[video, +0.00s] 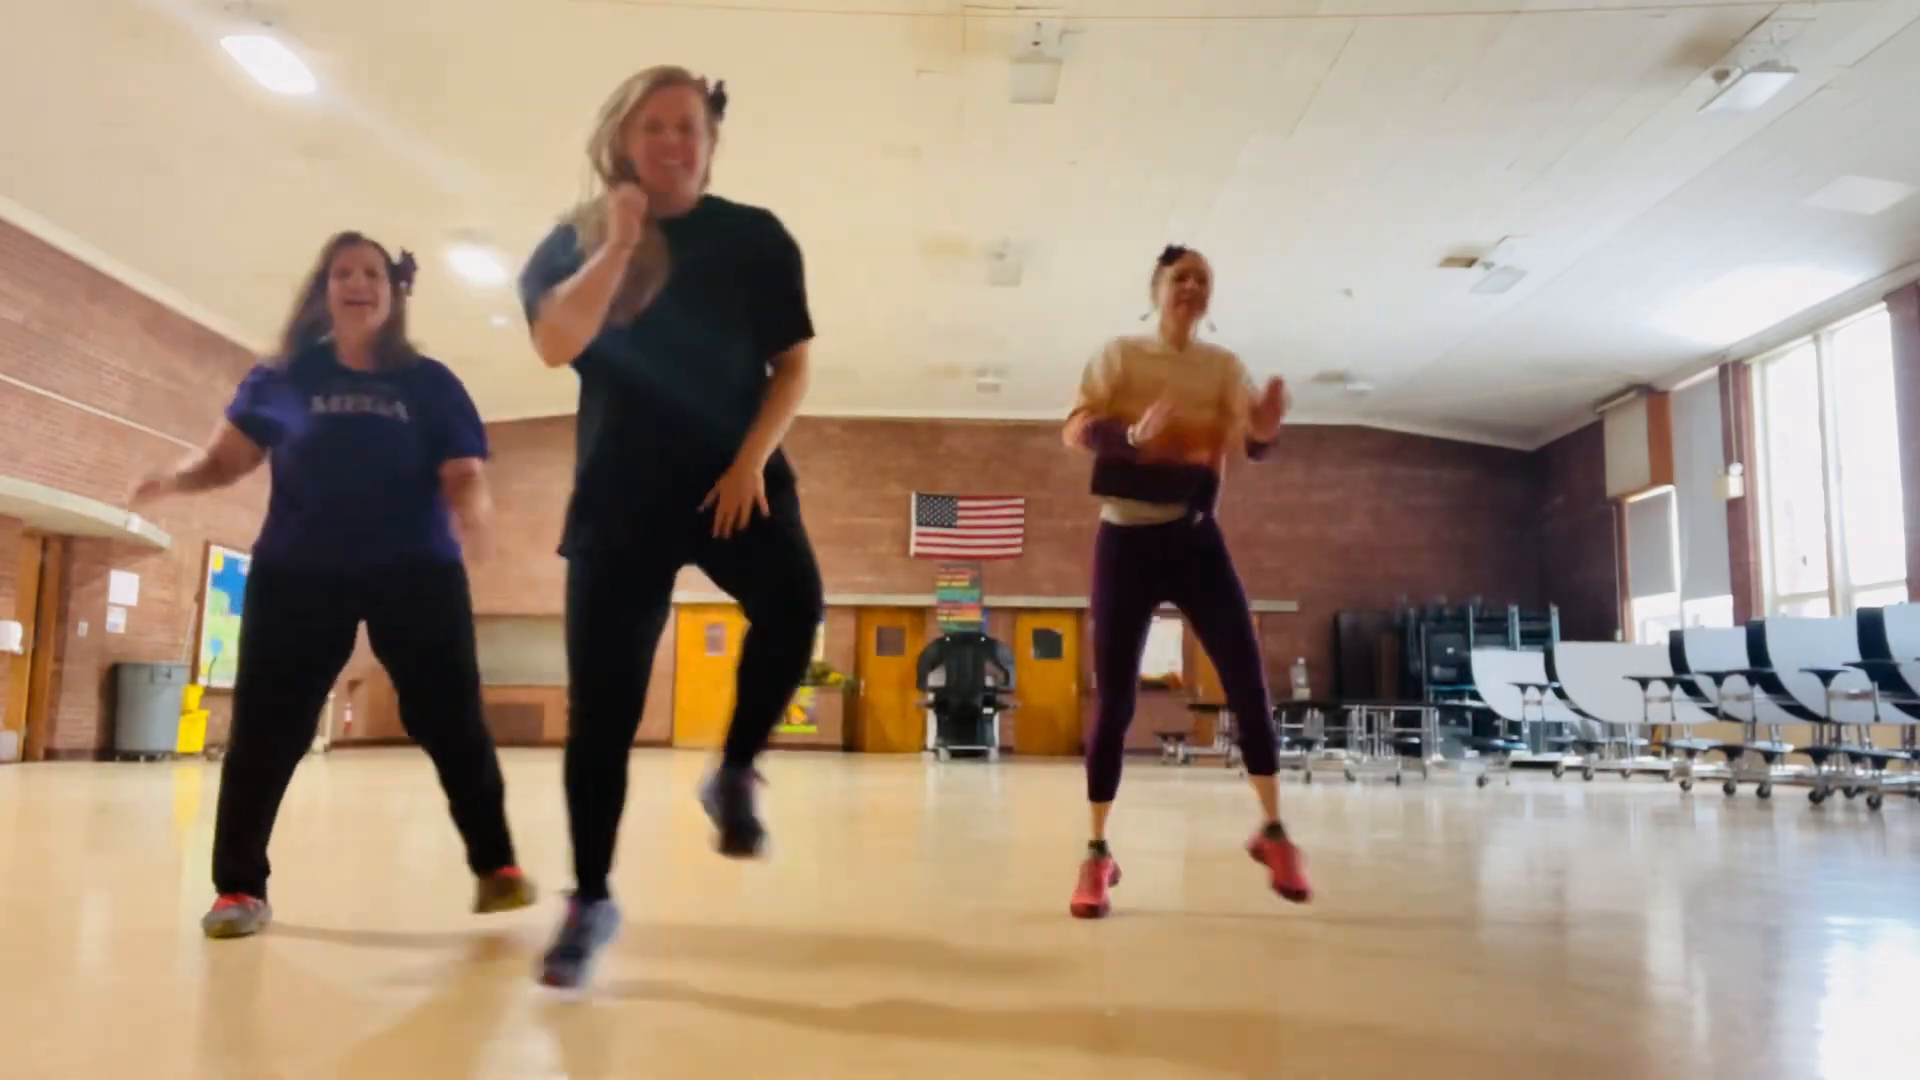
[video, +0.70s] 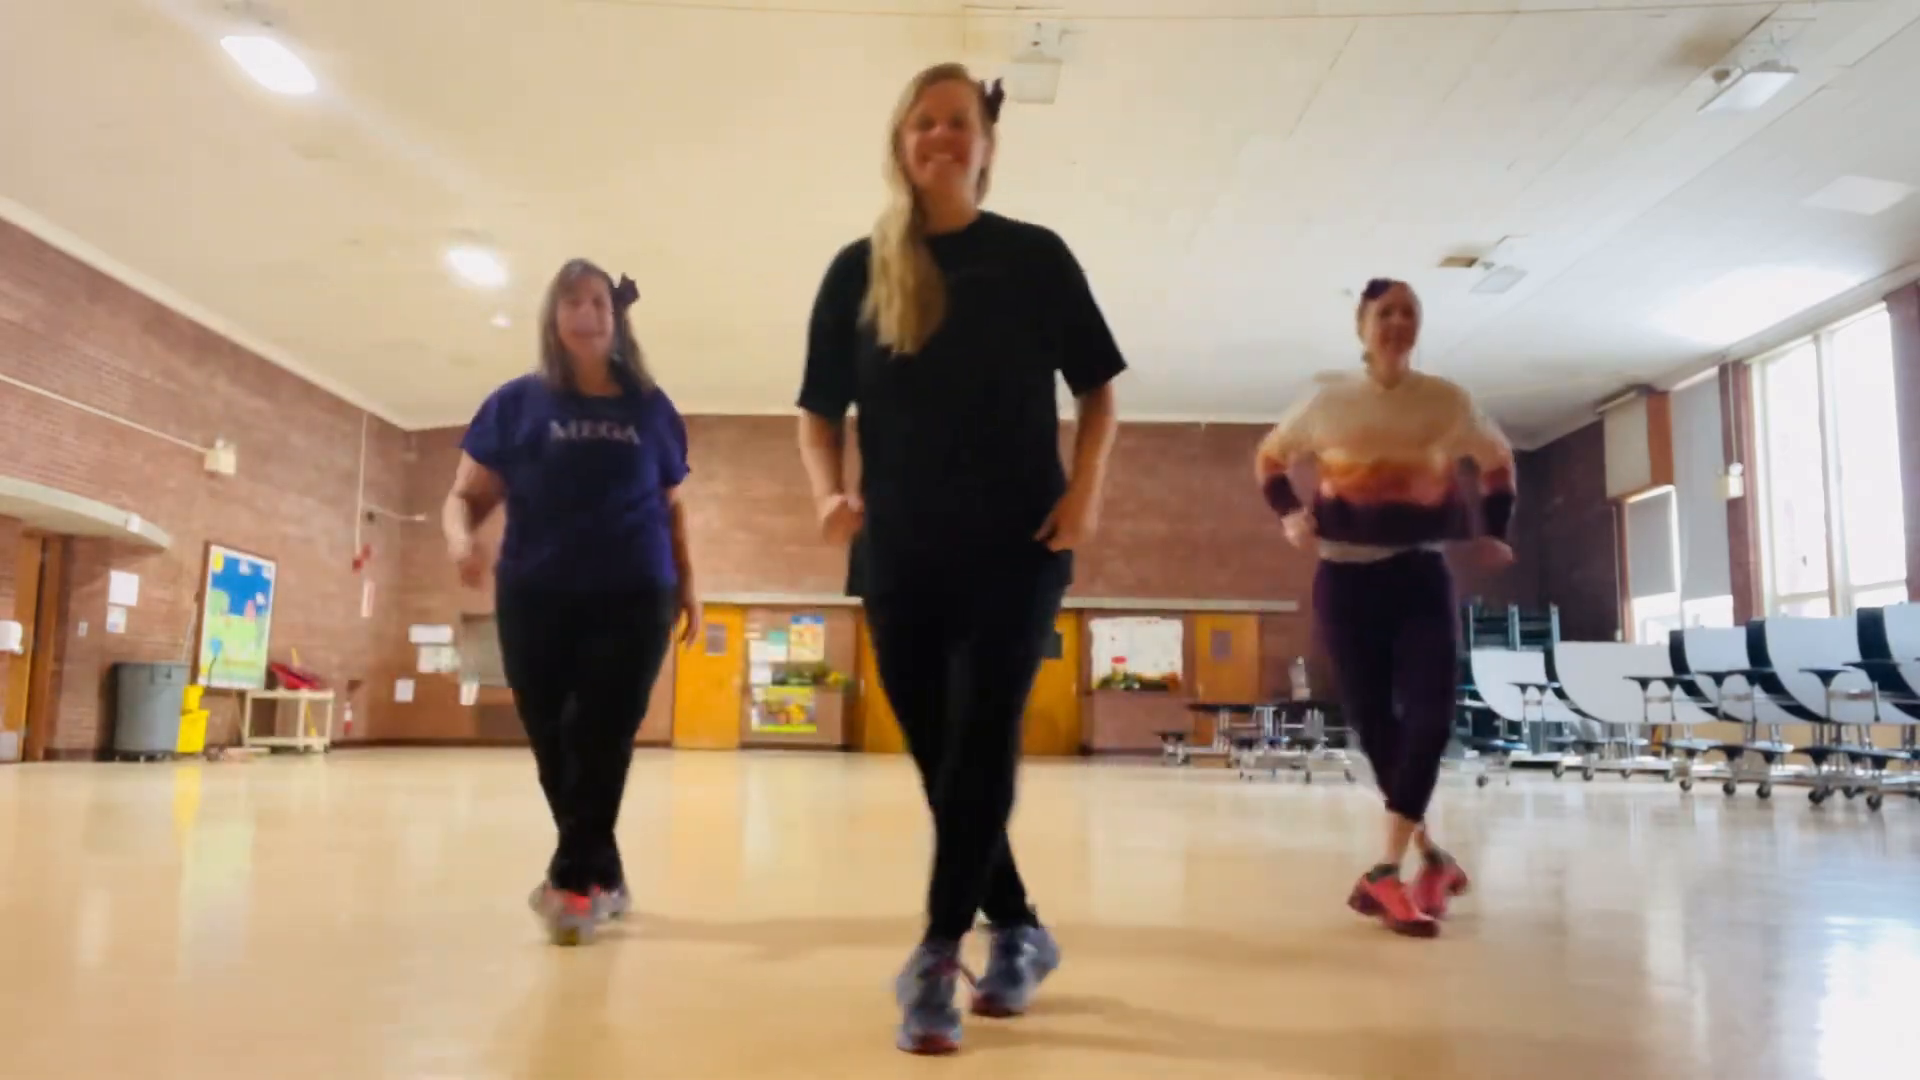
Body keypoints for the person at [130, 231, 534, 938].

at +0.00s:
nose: (357, 284)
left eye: (370, 274)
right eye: (344, 274)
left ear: (394, 293)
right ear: (320, 293)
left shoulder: (430, 382)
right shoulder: (282, 379)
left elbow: (465, 479)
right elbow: (224, 461)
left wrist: (472, 524)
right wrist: (172, 482)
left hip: (415, 574)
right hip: (301, 576)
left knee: (453, 721)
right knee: (265, 734)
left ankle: (496, 869)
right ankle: (239, 891)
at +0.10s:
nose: (398, 298)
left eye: (412, 288)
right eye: (385, 288)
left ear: (436, 306)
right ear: (362, 303)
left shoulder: (462, 397)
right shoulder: (317, 388)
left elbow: (501, 490)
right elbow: (265, 472)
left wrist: (539, 544)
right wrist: (195, 550)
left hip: (438, 591)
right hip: (322, 586)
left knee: (477, 732)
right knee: (272, 734)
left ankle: (527, 878)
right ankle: (238, 890)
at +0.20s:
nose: (451, 311)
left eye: (467, 301)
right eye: (441, 298)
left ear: (495, 316)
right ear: (421, 307)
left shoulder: (513, 409)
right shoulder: (374, 394)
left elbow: (564, 503)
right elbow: (330, 484)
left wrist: (622, 578)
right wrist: (284, 561)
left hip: (472, 597)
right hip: (359, 586)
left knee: (500, 745)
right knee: (294, 734)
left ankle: (541, 896)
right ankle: (240, 887)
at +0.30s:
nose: (504, 306)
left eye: (519, 296)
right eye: (492, 295)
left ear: (544, 313)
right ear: (472, 310)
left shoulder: (569, 414)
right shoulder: (427, 385)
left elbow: (623, 498)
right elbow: (381, 472)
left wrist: (659, 568)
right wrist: (340, 548)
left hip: (513, 593)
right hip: (400, 577)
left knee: (530, 748)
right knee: (329, 727)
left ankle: (542, 899)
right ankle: (268, 877)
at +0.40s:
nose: (540, 297)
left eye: (556, 288)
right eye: (531, 284)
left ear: (581, 309)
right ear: (511, 299)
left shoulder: (603, 404)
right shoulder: (465, 373)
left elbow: (661, 495)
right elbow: (413, 463)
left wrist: (692, 577)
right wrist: (359, 543)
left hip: (538, 589)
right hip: (435, 572)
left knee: (537, 738)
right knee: (388, 707)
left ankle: (542, 896)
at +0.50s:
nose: (568, 294)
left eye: (583, 286)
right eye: (557, 283)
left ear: (606, 306)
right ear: (538, 299)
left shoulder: (627, 402)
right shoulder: (493, 373)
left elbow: (671, 499)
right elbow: (439, 460)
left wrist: (700, 577)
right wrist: (381, 524)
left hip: (562, 592)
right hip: (465, 578)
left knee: (548, 741)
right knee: (460, 719)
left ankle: (544, 894)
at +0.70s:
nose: (589, 312)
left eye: (599, 302)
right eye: (575, 301)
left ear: (617, 316)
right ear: (552, 316)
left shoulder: (651, 408)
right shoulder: (516, 403)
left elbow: (672, 504)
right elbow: (465, 496)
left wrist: (685, 585)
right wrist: (462, 539)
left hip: (631, 593)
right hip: (537, 594)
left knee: (600, 735)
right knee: (554, 742)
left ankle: (567, 883)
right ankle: (603, 877)